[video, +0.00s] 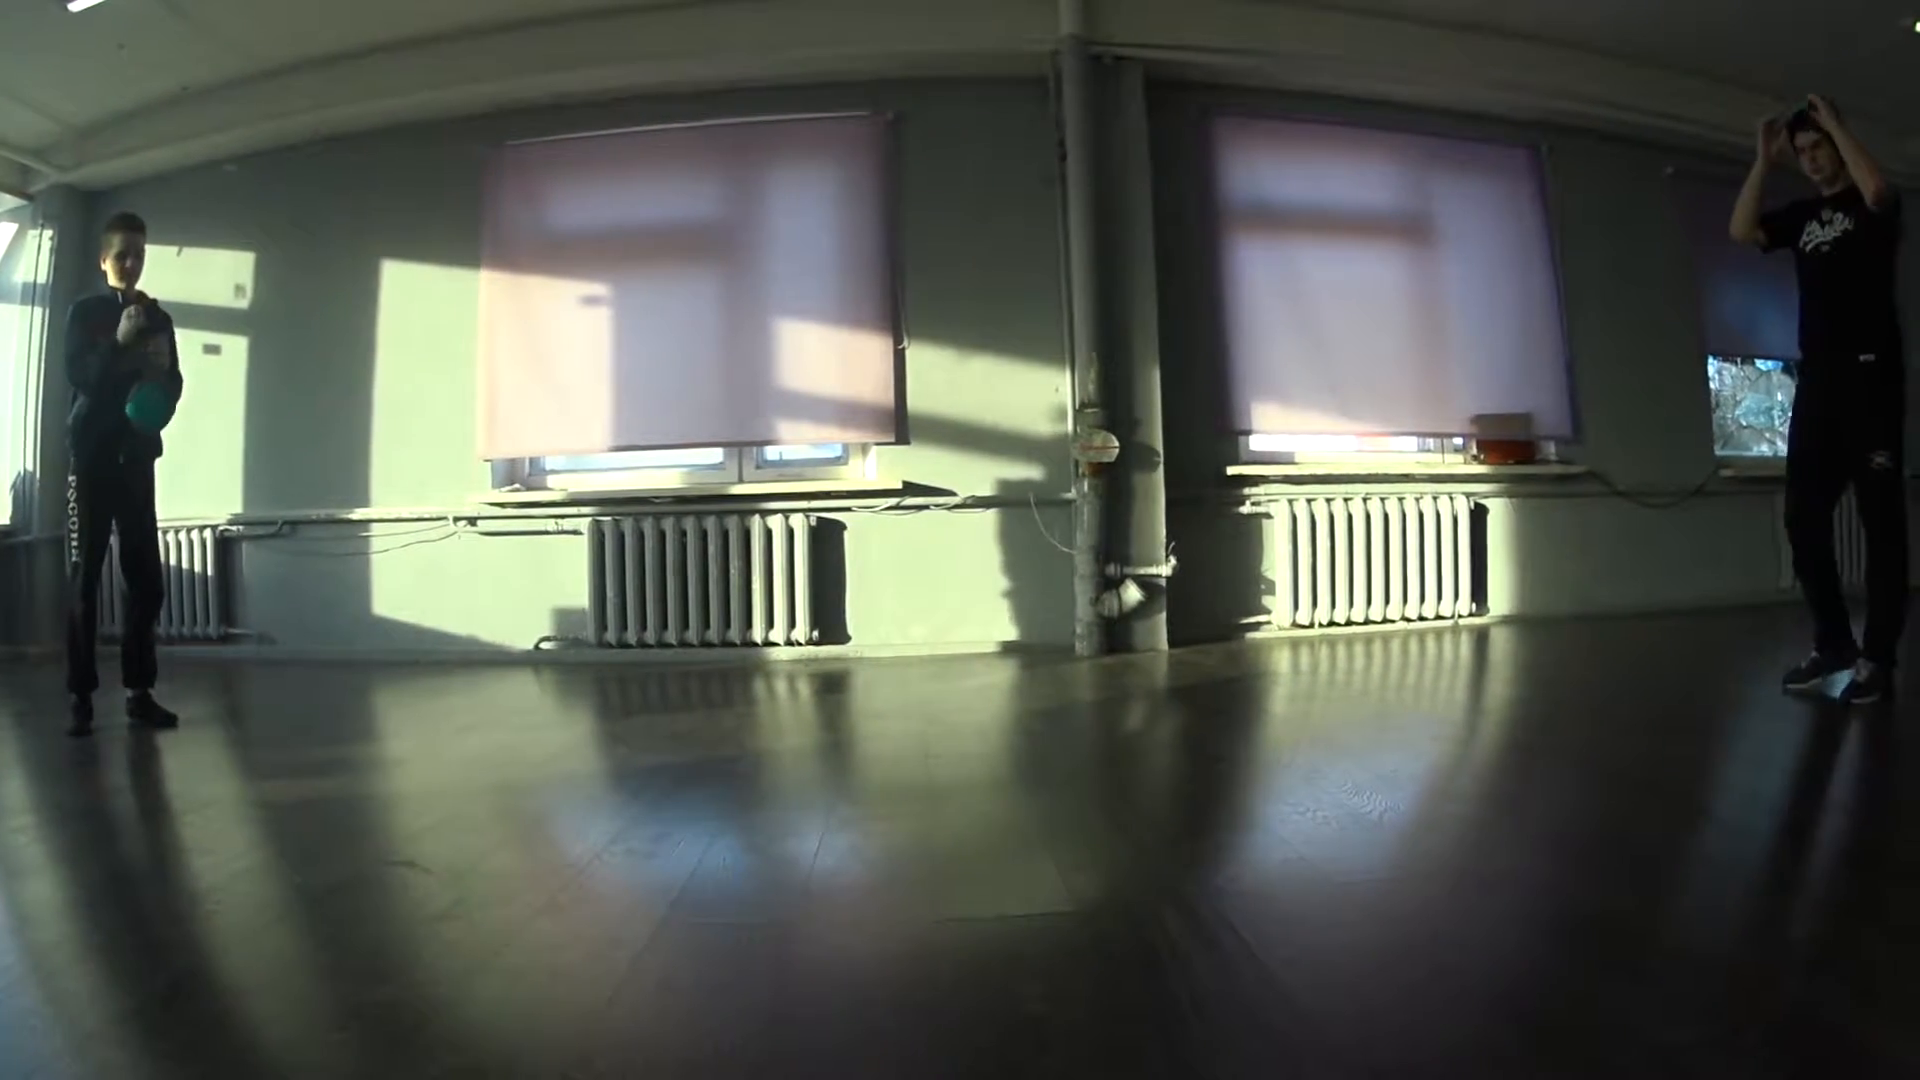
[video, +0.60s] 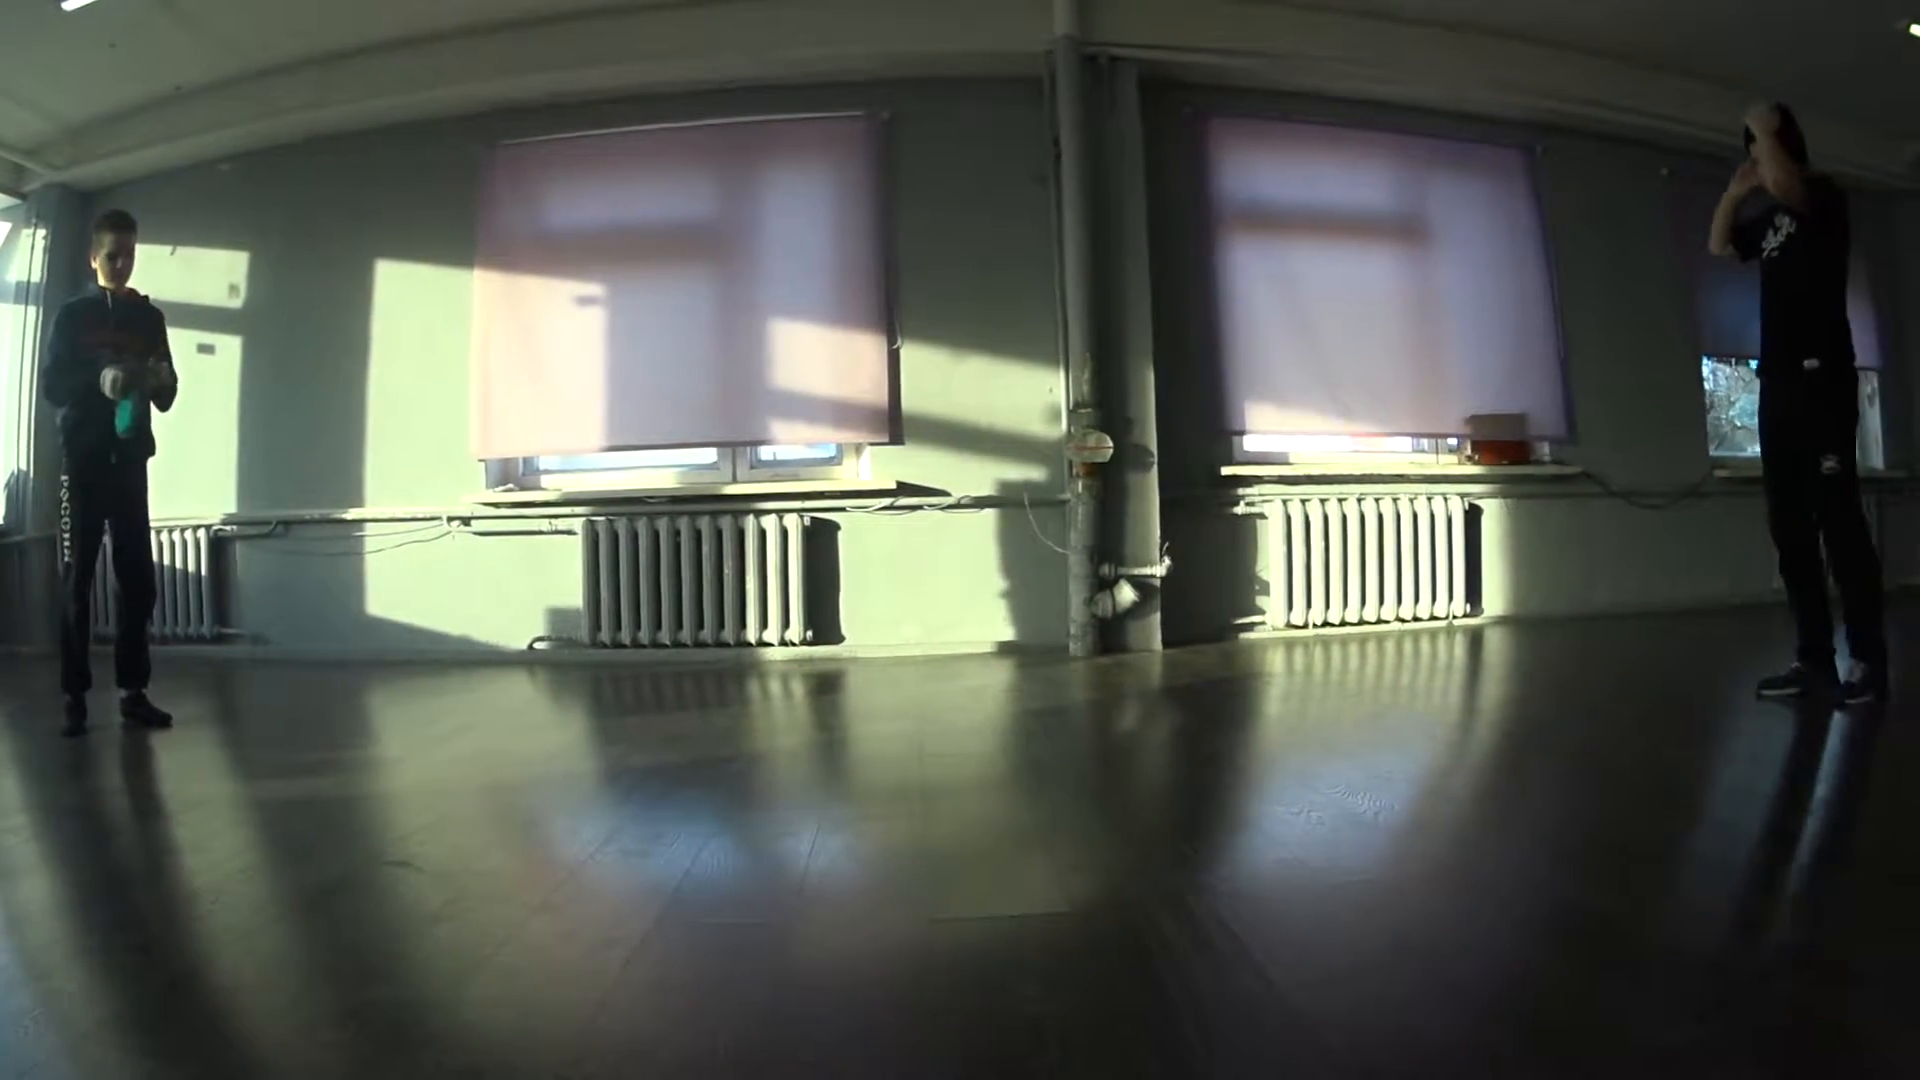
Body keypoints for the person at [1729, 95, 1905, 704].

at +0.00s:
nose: (1813, 159)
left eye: (1819, 147)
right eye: (1804, 152)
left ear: (1840, 148)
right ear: (1798, 161)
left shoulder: (1875, 203)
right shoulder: (1802, 215)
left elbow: (1875, 191)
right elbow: (1742, 231)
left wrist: (1834, 124)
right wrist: (1763, 161)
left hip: (1874, 380)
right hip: (1817, 383)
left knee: (1882, 519)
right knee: (1803, 517)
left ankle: (1878, 660)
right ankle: (1833, 649)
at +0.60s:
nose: (1758, 158)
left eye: (1768, 147)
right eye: (1753, 149)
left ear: (1792, 151)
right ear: (1754, 157)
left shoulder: (1825, 201)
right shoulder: (1767, 218)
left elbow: (1784, 189)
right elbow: (1720, 243)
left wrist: (1763, 132)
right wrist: (1735, 188)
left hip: (1827, 379)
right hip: (1780, 382)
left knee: (1841, 521)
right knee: (1789, 526)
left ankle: (1868, 662)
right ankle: (1814, 662)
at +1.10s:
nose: (1724, 179)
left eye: (1732, 168)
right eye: (1716, 172)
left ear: (1756, 164)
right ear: (1711, 176)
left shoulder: (1792, 204)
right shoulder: (1733, 227)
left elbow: (1784, 234)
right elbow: (1702, 290)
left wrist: (1716, 187)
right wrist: (1694, 237)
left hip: (1798, 378)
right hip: (1757, 381)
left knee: (1783, 518)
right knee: (1777, 519)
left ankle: (1811, 665)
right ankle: (1799, 661)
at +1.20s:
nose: (1717, 181)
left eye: (1724, 167)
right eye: (1708, 173)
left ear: (1748, 161)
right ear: (1704, 178)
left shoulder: (1782, 203)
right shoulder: (1733, 232)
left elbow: (1804, 251)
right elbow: (1723, 308)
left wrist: (1721, 262)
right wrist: (1694, 284)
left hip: (1794, 378)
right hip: (1755, 382)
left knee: (1777, 517)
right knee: (1782, 518)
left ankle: (1767, 661)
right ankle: (1813, 661)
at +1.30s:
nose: (1706, 184)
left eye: (1712, 170)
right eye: (1697, 176)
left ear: (1736, 162)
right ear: (1696, 178)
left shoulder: (1773, 208)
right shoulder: (1728, 232)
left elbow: (1808, 274)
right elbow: (1737, 321)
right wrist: (1689, 357)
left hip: (1787, 386)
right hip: (1752, 389)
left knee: (1771, 524)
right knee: (1782, 524)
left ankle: (1734, 662)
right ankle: (1815, 663)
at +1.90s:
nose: (1658, 170)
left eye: (1663, 156)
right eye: (1651, 161)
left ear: (1690, 148)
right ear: (1652, 163)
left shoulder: (1726, 199)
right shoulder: (1694, 209)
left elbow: (1728, 286)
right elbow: (1693, 306)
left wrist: (1702, 371)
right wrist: (1674, 382)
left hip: (1727, 384)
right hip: (1701, 385)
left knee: (1722, 526)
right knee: (1704, 524)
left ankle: (1721, 669)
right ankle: (1784, 632)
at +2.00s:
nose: (1653, 165)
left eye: (1658, 152)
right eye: (1648, 156)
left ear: (1685, 145)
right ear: (1661, 153)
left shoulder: (1720, 196)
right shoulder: (1693, 206)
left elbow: (1706, 276)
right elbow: (1692, 307)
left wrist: (1643, 338)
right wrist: (1658, 380)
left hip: (1723, 377)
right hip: (1692, 378)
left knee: (1717, 520)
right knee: (1680, 521)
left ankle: (1720, 669)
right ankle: (1763, 624)